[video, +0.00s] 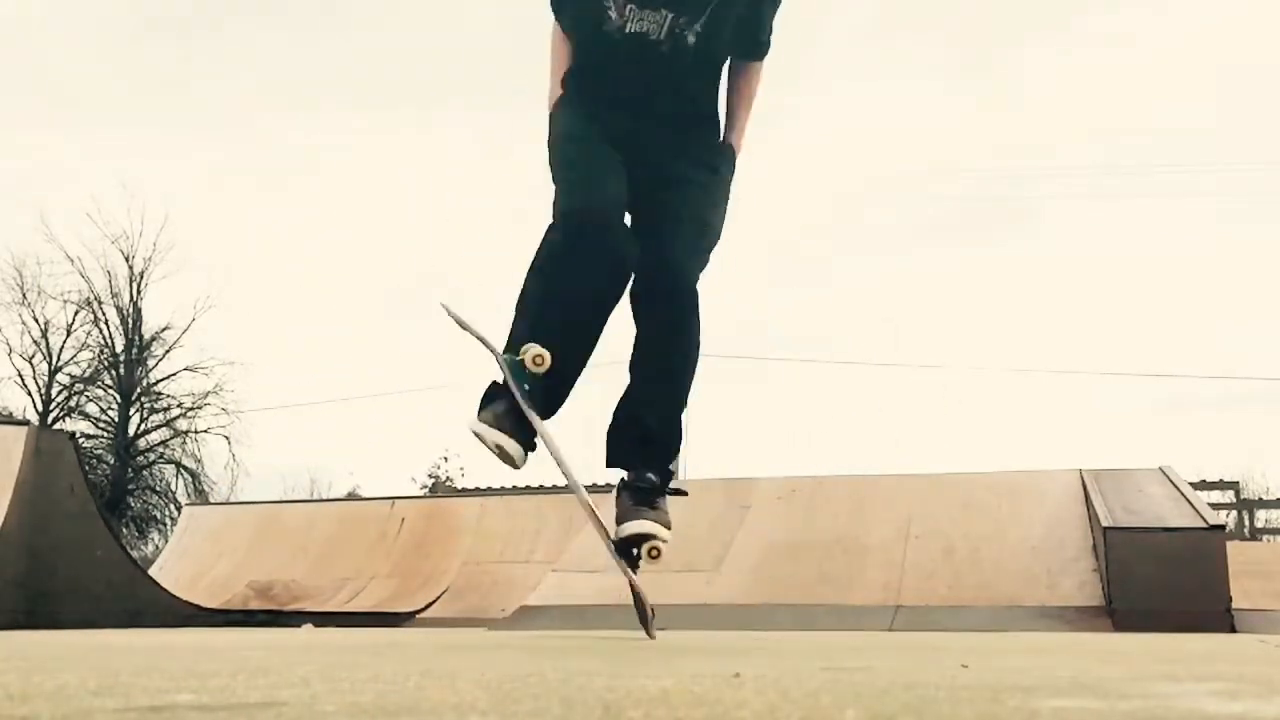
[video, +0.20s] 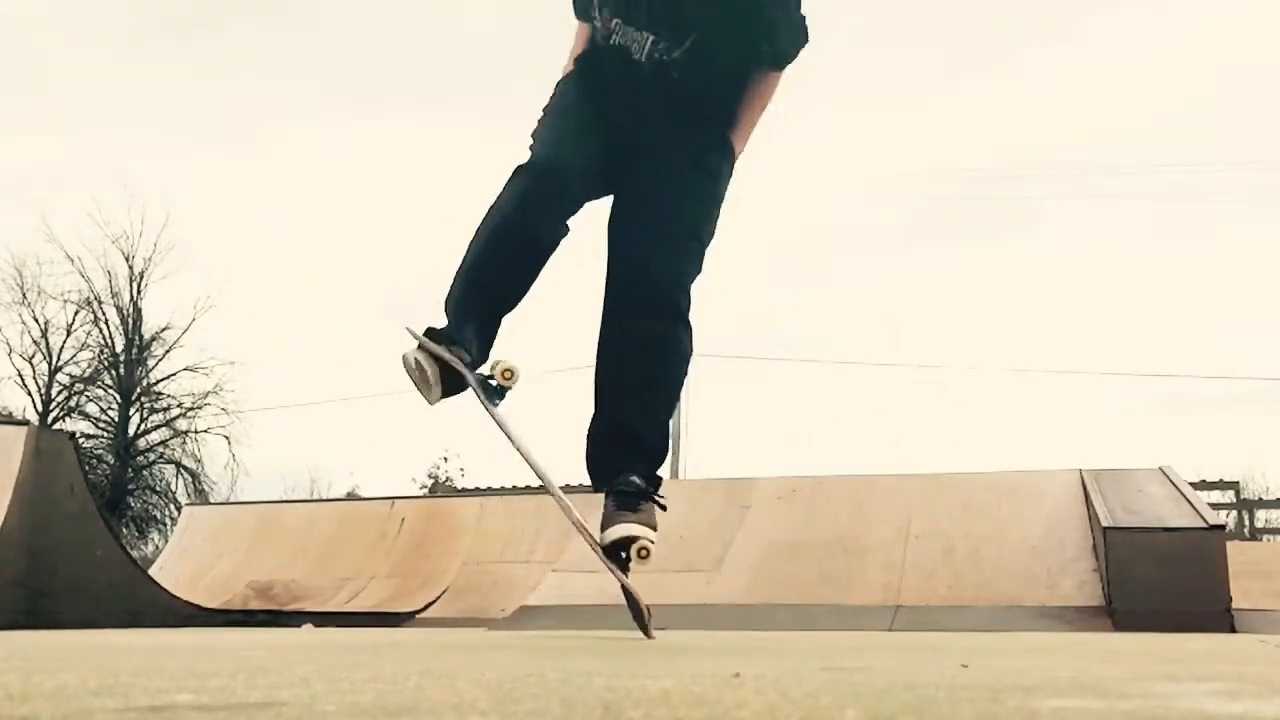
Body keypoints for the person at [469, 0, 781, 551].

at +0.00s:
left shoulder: (753, 5)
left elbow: (748, 55)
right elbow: (566, 25)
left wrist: (731, 148)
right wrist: (559, 112)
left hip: (686, 122)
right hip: (592, 109)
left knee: (671, 289)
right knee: (593, 236)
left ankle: (645, 477)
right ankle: (520, 397)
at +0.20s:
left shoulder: (772, 9)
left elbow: (778, 48)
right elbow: (590, 19)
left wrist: (732, 143)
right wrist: (567, 83)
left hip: (695, 120)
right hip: (604, 80)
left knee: (653, 296)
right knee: (546, 178)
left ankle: (630, 486)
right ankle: (461, 341)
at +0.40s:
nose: (625, 20)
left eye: (636, 9)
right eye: (615, 11)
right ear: (603, 6)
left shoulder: (749, 13)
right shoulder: (589, 7)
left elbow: (767, 58)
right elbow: (581, 36)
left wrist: (733, 148)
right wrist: (569, 100)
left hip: (696, 116)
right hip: (604, 88)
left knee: (657, 296)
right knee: (553, 189)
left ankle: (632, 485)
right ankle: (473, 348)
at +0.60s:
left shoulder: (734, 8)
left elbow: (749, 52)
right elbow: (565, 38)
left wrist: (726, 148)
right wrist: (559, 107)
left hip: (690, 107)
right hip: (595, 89)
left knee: (653, 300)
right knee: (555, 181)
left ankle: (628, 483)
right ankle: (490, 340)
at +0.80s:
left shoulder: (709, 7)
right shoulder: (539, 5)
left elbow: (725, 57)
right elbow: (545, 48)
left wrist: (710, 161)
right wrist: (540, 127)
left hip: (669, 119)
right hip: (572, 111)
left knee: (639, 309)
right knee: (544, 193)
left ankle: (624, 490)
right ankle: (492, 348)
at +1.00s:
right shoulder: (501, 4)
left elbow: (687, 47)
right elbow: (509, 52)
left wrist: (677, 157)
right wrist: (503, 132)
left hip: (633, 128)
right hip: (536, 122)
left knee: (612, 325)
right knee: (502, 198)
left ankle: (603, 496)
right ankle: (470, 364)